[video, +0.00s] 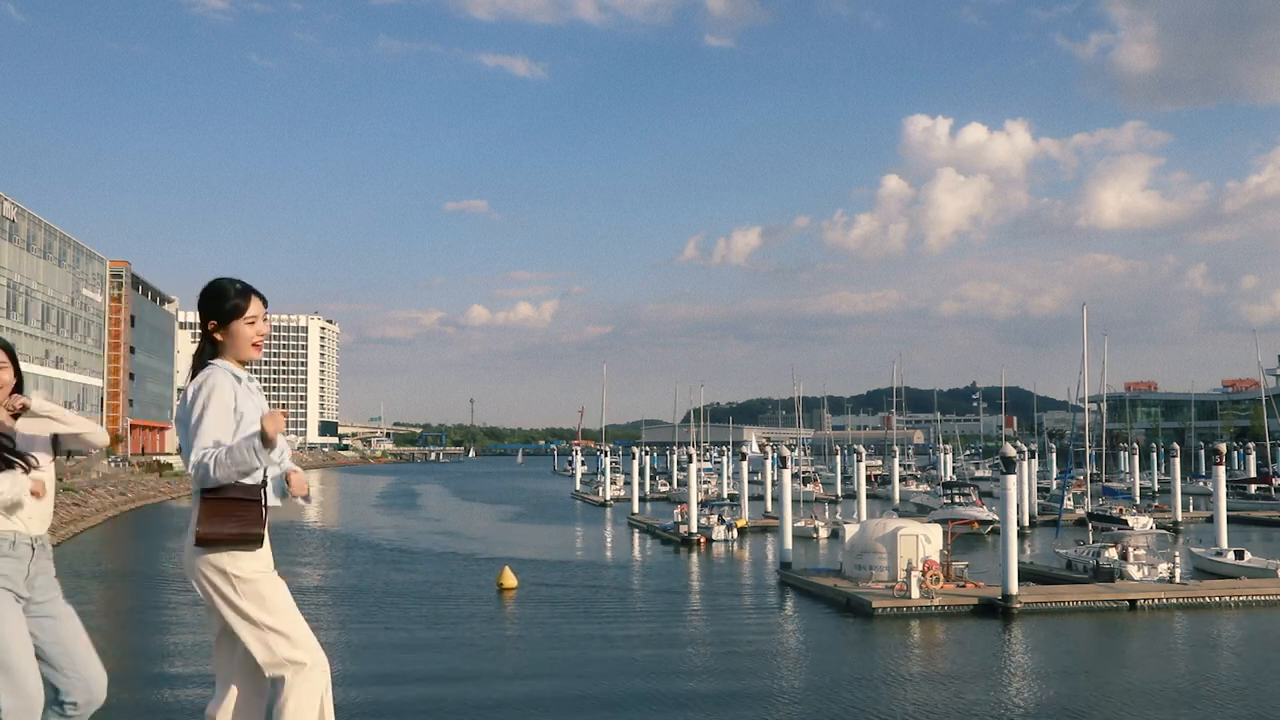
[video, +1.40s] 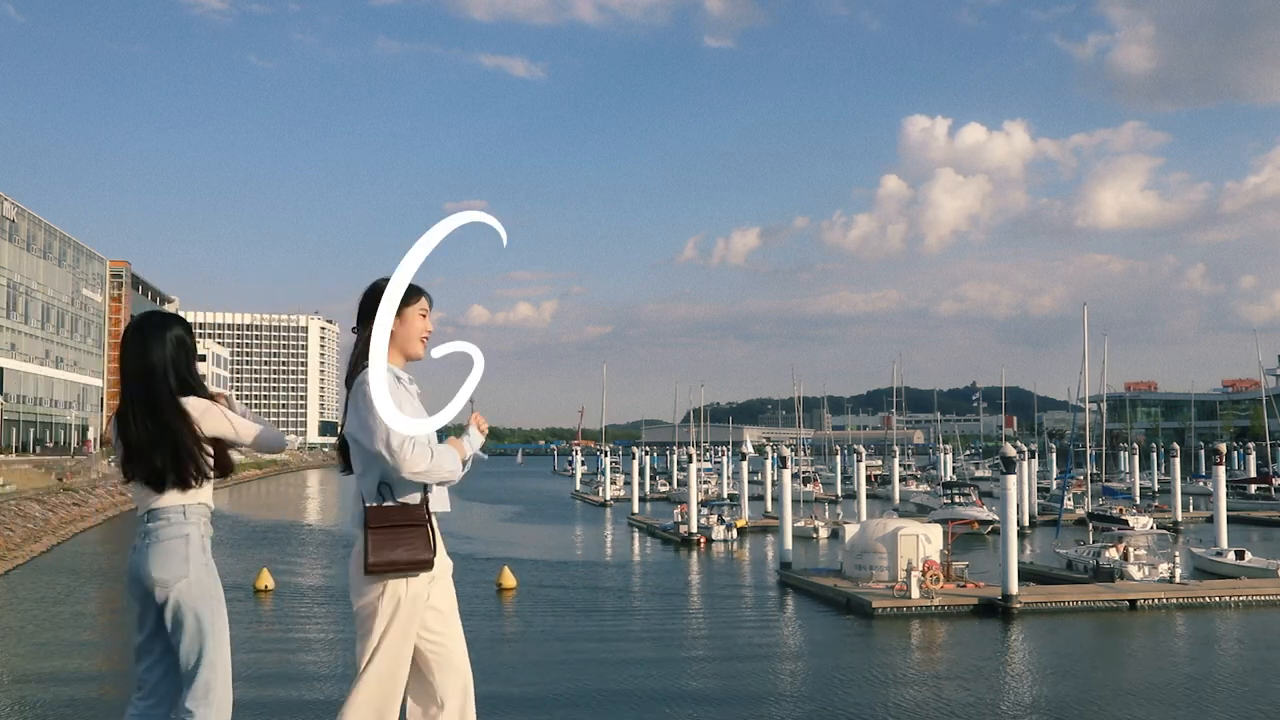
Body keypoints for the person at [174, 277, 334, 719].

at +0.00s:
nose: (263, 330)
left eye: (264, 320)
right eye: (252, 321)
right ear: (218, 329)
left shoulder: (245, 383)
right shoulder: (215, 381)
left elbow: (258, 459)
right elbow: (201, 467)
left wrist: (288, 472)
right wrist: (260, 441)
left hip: (245, 543)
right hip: (226, 548)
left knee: (241, 680)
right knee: (305, 666)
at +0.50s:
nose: (313, 336)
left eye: (315, 325)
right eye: (301, 326)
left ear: (316, 329)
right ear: (268, 335)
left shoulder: (305, 392)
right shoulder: (257, 391)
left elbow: (312, 468)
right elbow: (246, 478)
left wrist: (340, 488)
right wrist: (321, 450)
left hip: (310, 543)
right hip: (277, 546)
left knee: (280, 683)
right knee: (332, 685)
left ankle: (246, 713)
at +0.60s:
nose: (324, 346)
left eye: (326, 336)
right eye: (311, 338)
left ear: (328, 339)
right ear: (278, 345)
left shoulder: (323, 406)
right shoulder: (263, 406)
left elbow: (327, 480)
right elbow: (252, 494)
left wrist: (352, 523)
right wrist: (341, 502)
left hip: (325, 562)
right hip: (289, 568)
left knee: (286, 694)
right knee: (350, 694)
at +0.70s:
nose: (334, 362)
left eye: (337, 351)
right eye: (321, 352)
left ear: (342, 351)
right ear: (288, 357)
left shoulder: (334, 421)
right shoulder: (272, 417)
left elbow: (356, 509)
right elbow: (275, 508)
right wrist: (359, 522)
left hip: (339, 570)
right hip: (305, 574)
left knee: (333, 703)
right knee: (362, 699)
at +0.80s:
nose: (351, 354)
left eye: (353, 344)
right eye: (341, 343)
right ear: (306, 345)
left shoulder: (338, 414)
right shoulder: (287, 408)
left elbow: (377, 500)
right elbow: (307, 491)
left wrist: (439, 550)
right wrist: (376, 495)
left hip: (346, 556)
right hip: (312, 559)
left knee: (396, 693)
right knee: (353, 703)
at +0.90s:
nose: (368, 334)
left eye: (369, 324)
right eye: (360, 322)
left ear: (336, 329)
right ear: (325, 325)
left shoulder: (345, 393)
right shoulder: (308, 387)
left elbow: (388, 477)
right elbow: (341, 467)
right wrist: (383, 461)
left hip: (354, 539)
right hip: (321, 543)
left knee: (411, 669)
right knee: (345, 692)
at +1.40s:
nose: (429, 326)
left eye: (429, 317)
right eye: (420, 315)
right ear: (389, 321)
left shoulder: (405, 386)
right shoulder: (373, 384)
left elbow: (423, 463)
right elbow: (408, 458)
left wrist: (460, 451)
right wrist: (462, 447)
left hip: (425, 533)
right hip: (390, 534)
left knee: (450, 684)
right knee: (378, 686)